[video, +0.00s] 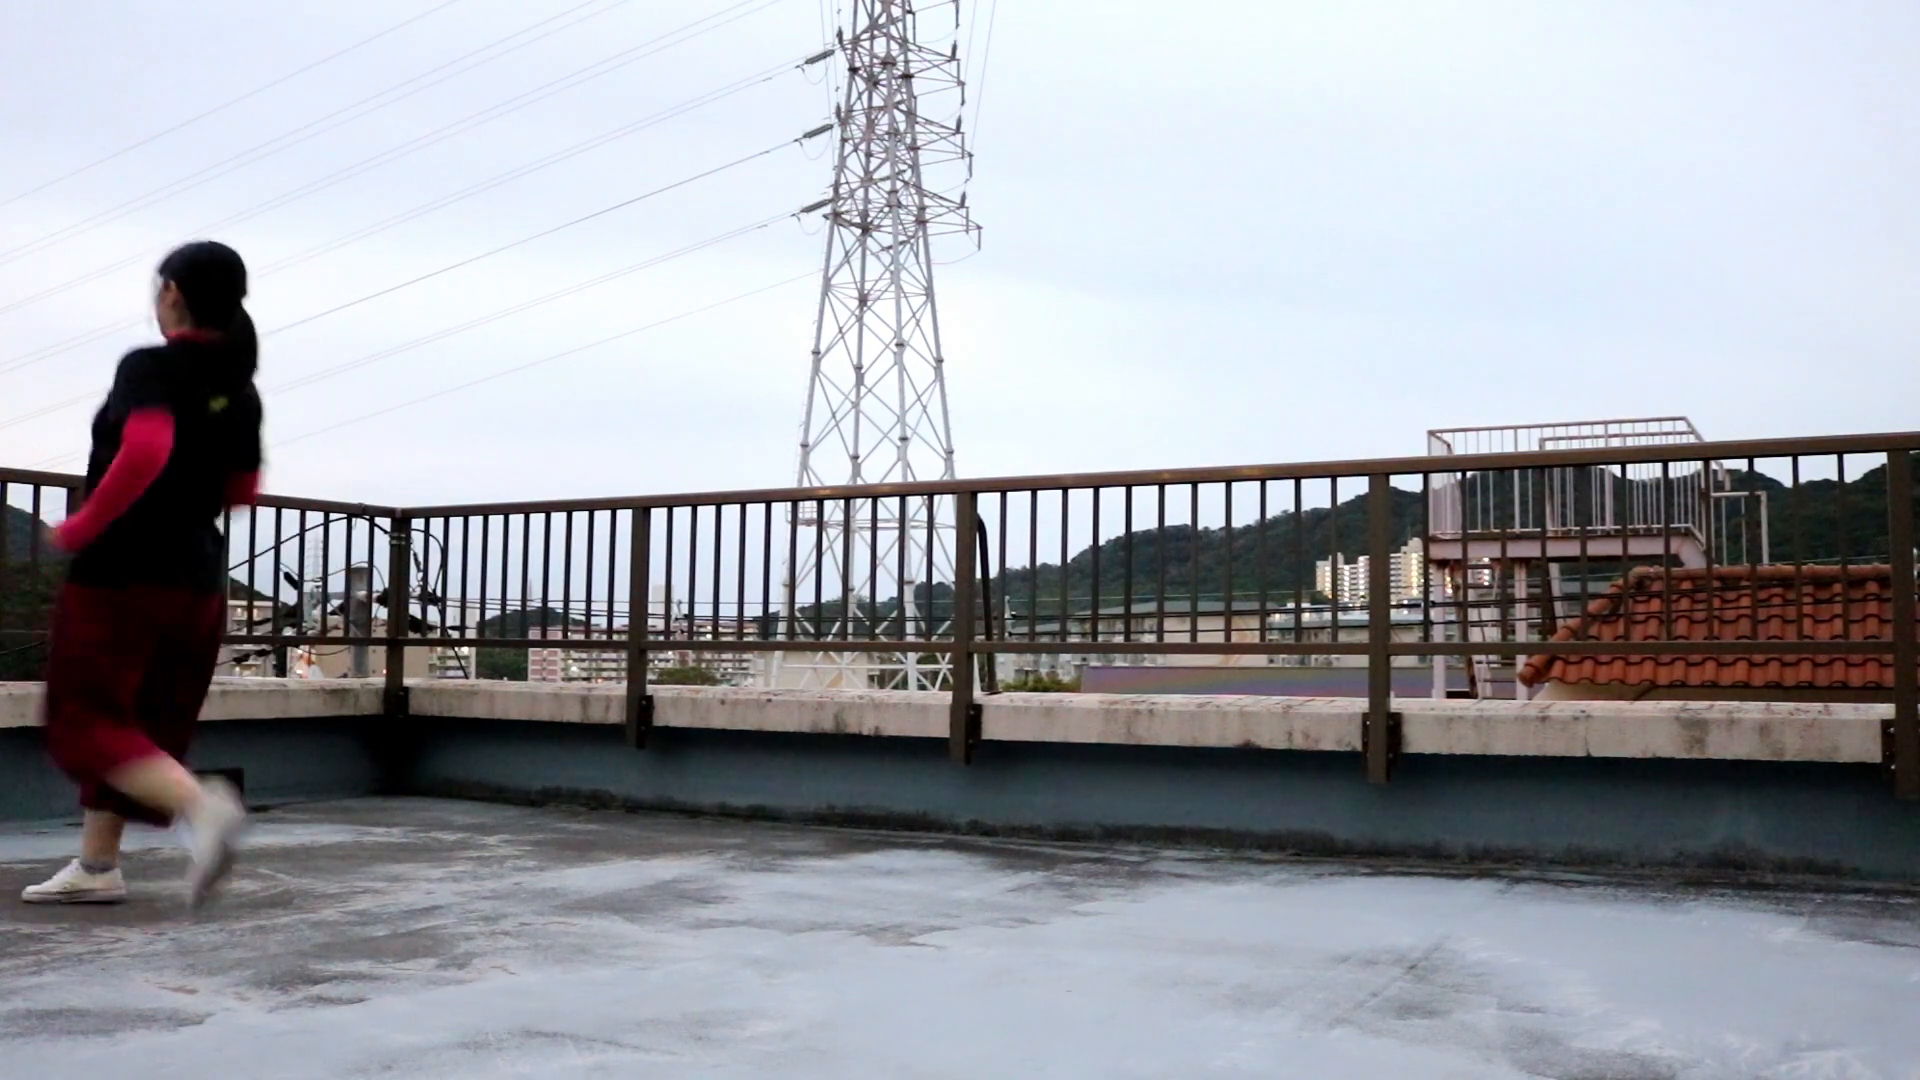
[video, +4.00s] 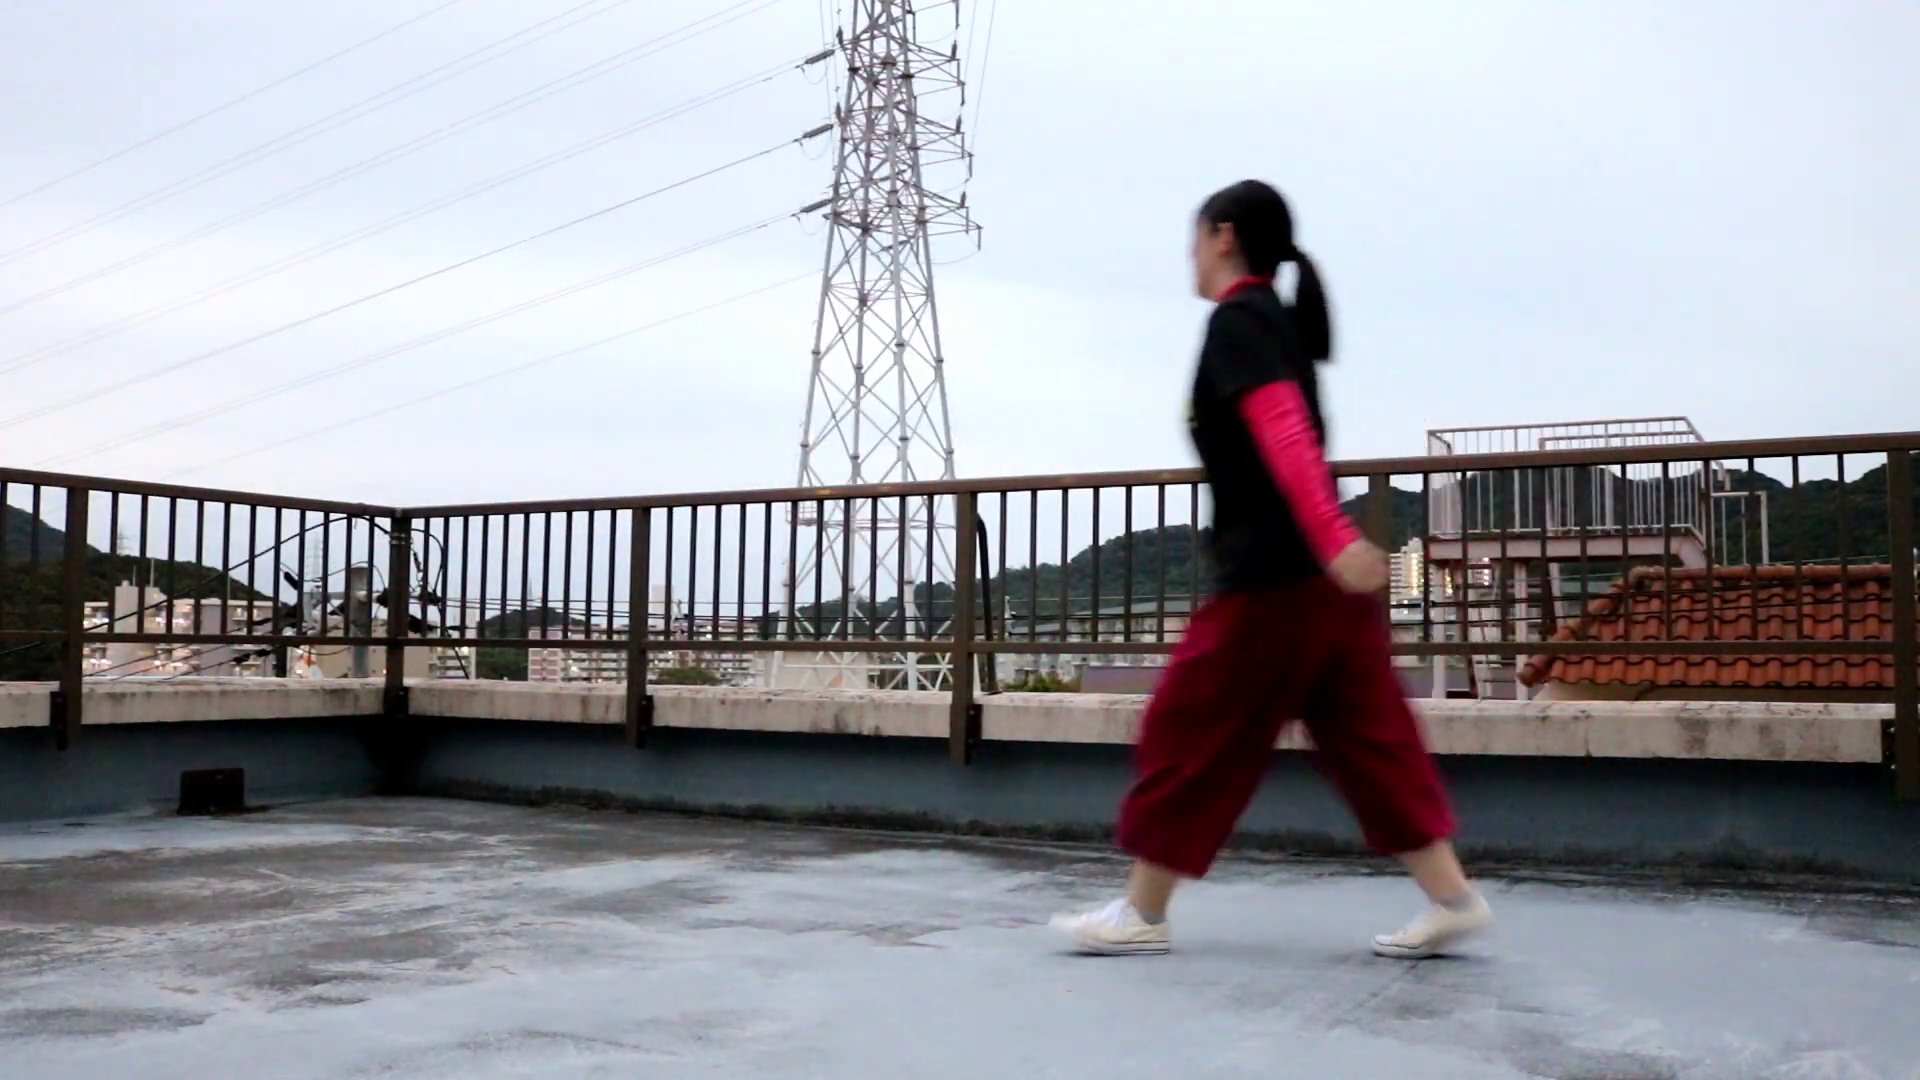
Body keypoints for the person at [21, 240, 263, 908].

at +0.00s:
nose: (157, 301)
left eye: (161, 291)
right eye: (162, 289)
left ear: (174, 297)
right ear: (229, 303)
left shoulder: (149, 365)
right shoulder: (240, 389)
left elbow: (146, 450)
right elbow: (243, 488)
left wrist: (78, 526)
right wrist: (175, 487)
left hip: (123, 572)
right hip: (195, 577)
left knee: (77, 720)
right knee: (142, 722)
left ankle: (200, 807)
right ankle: (96, 864)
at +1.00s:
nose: (585, 229)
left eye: (592, 215)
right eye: (589, 215)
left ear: (616, 219)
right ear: (658, 226)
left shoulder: (603, 300)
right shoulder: (679, 316)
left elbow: (601, 418)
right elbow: (696, 456)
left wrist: (560, 539)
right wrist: (627, 505)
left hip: (614, 559)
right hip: (677, 559)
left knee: (587, 741)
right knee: (626, 736)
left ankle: (781, 817)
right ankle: (583, 922)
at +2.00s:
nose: (1219, 227)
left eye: (1231, 204)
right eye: (1199, 224)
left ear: (1279, 210)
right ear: (1195, 259)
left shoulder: (1298, 279)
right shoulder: (1252, 362)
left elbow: (1302, 319)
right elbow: (1143, 434)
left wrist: (1315, 483)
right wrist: (1079, 350)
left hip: (1399, 525)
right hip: (1434, 545)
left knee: (1209, 597)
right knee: (1355, 767)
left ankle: (1210, 827)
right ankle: (1460, 979)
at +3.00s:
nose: (1481, 157)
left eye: (1499, 135)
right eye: (1469, 151)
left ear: (1557, 143)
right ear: (1470, 180)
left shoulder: (1574, 226)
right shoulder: (1531, 258)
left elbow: (1573, 360)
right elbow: (1540, 406)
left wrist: (1480, 485)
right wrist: (1507, 530)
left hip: (1603, 531)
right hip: (1548, 540)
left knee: (1541, 724)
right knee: (1524, 728)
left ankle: (1716, 913)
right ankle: (1574, 973)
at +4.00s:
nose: (1190, 253)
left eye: (1196, 237)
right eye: (1195, 238)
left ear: (1223, 240)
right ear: (1252, 245)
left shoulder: (1241, 325)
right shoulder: (1272, 321)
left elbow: (1289, 437)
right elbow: (1281, 445)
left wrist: (1337, 539)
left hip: (1267, 584)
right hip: (1325, 576)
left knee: (1187, 728)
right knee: (1370, 734)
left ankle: (1143, 909)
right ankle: (1452, 897)